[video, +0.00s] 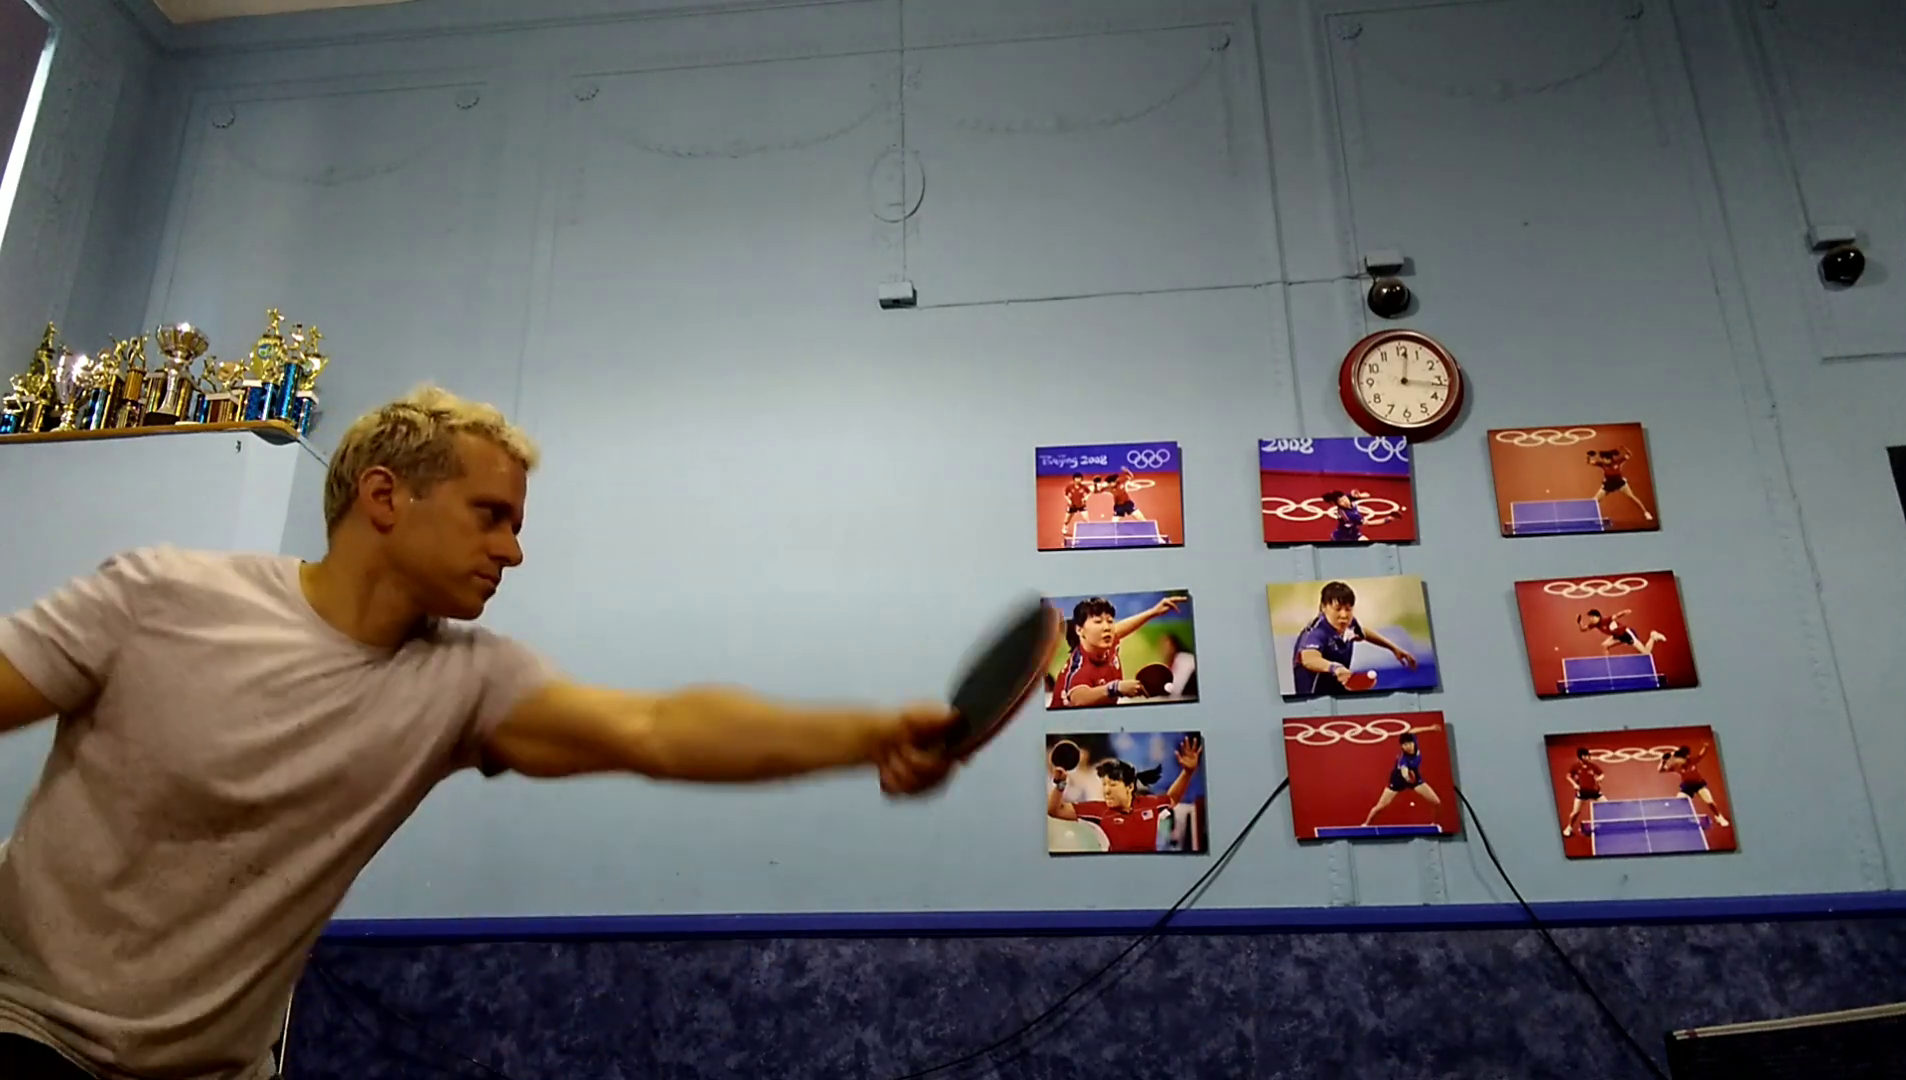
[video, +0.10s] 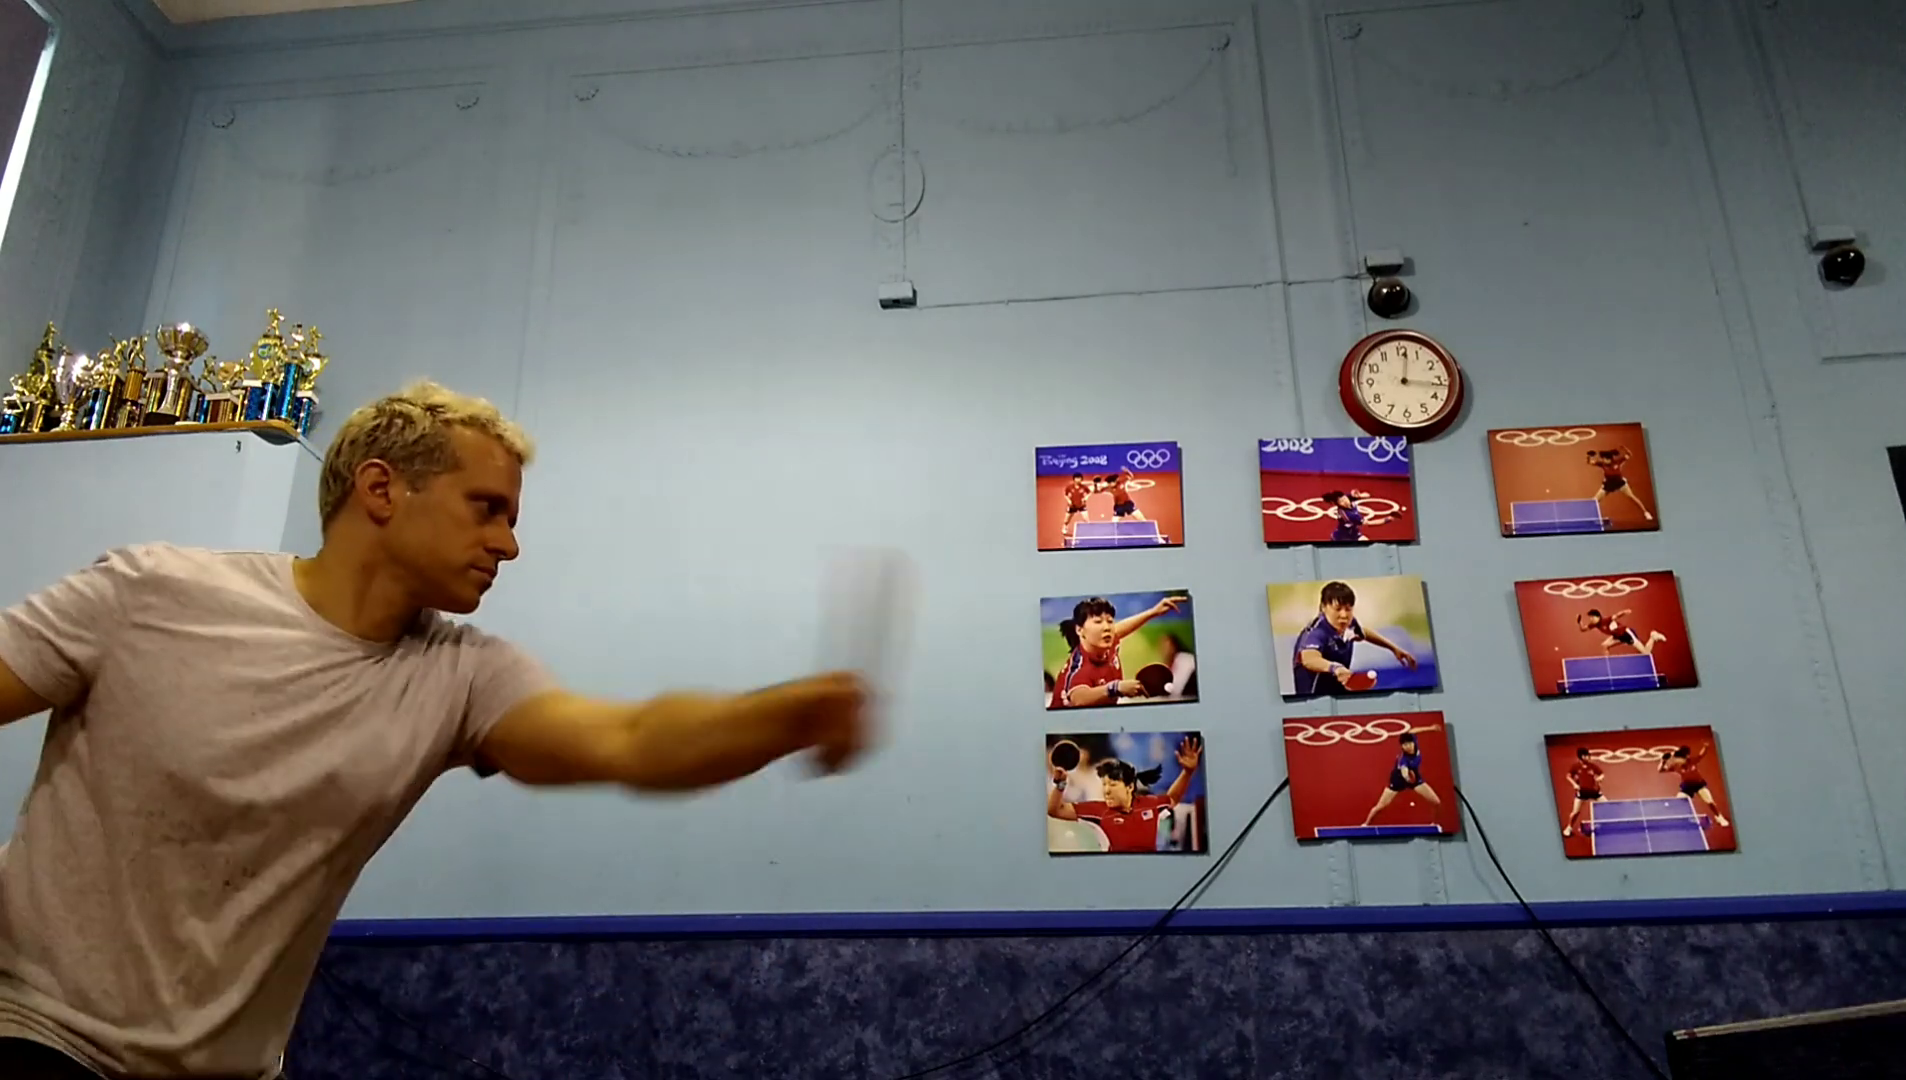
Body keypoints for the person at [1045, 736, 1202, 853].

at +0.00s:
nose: (1107, 790)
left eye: (1113, 785)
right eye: (1104, 785)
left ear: (1130, 787)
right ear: (1102, 787)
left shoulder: (1151, 804)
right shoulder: (1100, 811)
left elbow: (1172, 798)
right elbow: (1055, 811)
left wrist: (1188, 771)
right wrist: (1059, 785)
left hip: (1151, 872)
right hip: (1116, 874)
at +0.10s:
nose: (1107, 790)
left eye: (1113, 785)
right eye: (1104, 785)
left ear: (1130, 787)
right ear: (1101, 786)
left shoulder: (1151, 804)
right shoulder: (1100, 810)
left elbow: (1172, 798)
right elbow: (1055, 811)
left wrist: (1188, 771)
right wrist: (1059, 785)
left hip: (1150, 872)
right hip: (1115, 874)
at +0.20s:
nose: (1107, 790)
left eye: (1113, 785)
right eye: (1104, 785)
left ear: (1130, 787)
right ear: (1101, 787)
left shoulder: (1151, 805)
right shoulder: (1100, 811)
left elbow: (1172, 798)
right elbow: (1055, 811)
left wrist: (1188, 771)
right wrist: (1059, 785)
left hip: (1151, 873)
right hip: (1115, 874)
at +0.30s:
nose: (1107, 790)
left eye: (1113, 785)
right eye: (1104, 785)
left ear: (1130, 787)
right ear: (1101, 787)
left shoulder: (1151, 805)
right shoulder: (1100, 811)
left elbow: (1172, 798)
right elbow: (1055, 811)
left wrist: (1188, 771)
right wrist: (1059, 785)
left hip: (1151, 873)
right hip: (1115, 874)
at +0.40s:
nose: (1107, 790)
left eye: (1113, 785)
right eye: (1104, 785)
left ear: (1130, 787)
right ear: (1101, 786)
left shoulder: (1151, 804)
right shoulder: (1100, 810)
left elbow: (1172, 798)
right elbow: (1055, 811)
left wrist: (1188, 771)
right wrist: (1059, 784)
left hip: (1150, 872)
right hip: (1115, 874)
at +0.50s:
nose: (1107, 790)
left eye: (1113, 785)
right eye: (1104, 785)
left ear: (1130, 787)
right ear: (1101, 786)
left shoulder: (1151, 805)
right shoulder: (1100, 810)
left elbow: (1172, 798)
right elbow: (1055, 811)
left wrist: (1188, 771)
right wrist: (1059, 785)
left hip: (1150, 873)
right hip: (1114, 874)